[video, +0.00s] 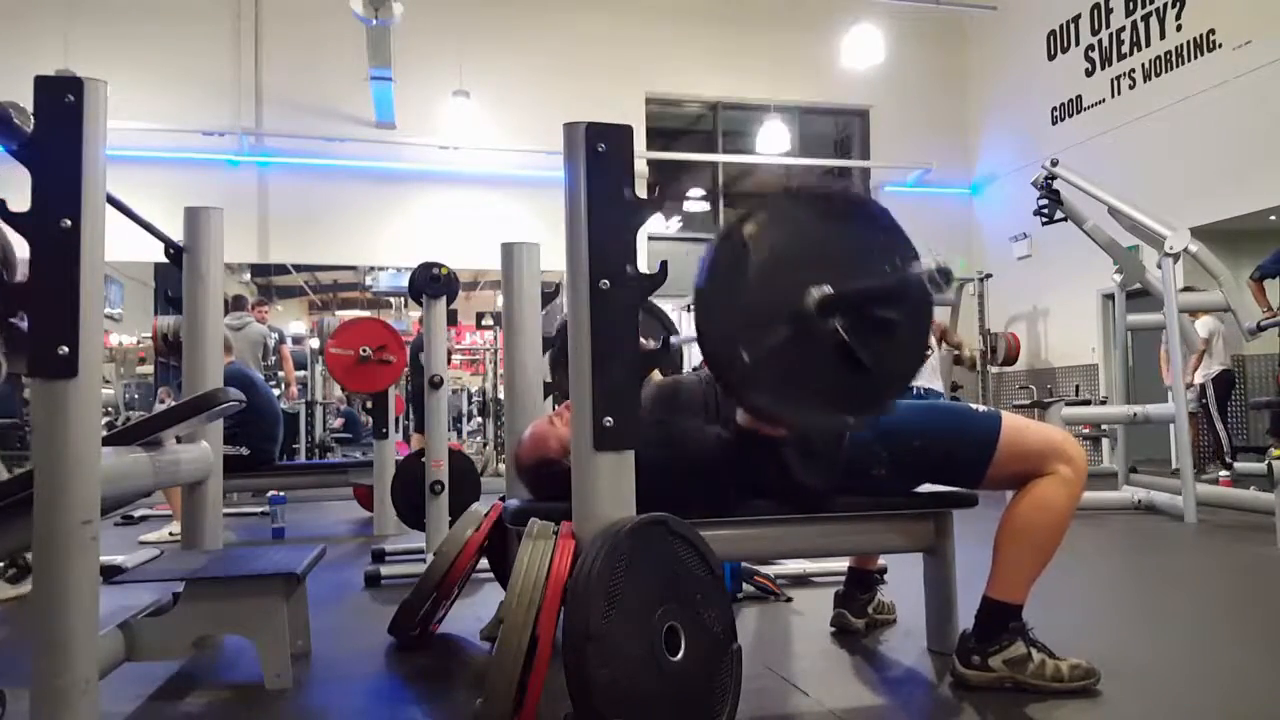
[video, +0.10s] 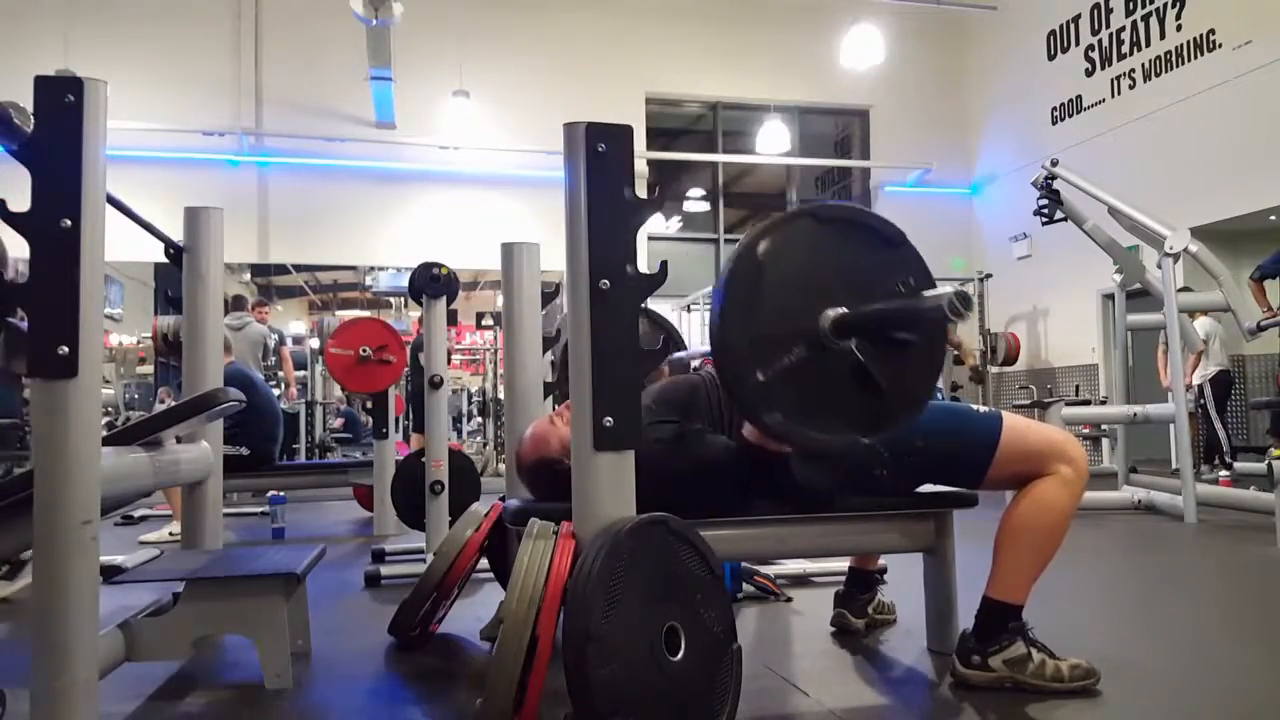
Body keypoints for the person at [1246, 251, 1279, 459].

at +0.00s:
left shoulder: (1277, 255)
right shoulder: (1278, 255)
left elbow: (1254, 279)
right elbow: (1255, 279)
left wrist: (1268, 309)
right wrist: (1267, 309)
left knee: (1277, 393)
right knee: (1278, 393)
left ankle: (1275, 442)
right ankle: (1275, 442)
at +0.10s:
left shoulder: (1277, 256)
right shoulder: (1278, 256)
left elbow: (1254, 279)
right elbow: (1255, 279)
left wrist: (1268, 309)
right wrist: (1267, 309)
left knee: (1278, 394)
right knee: (1278, 393)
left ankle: (1275, 442)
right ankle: (1275, 442)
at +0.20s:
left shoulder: (1277, 256)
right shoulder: (1278, 256)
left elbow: (1254, 279)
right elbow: (1255, 279)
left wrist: (1268, 309)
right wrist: (1268, 309)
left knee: (1278, 395)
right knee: (1278, 394)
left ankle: (1275, 442)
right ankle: (1275, 443)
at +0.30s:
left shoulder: (1277, 256)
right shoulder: (1278, 256)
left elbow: (1254, 279)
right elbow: (1254, 279)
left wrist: (1268, 309)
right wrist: (1267, 309)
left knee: (1277, 397)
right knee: (1278, 396)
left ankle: (1275, 442)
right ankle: (1275, 443)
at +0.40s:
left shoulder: (1277, 256)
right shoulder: (1278, 256)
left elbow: (1254, 279)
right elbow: (1255, 279)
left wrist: (1268, 309)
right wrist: (1268, 309)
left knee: (1278, 396)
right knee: (1278, 395)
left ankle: (1275, 442)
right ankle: (1275, 443)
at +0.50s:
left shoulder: (1277, 256)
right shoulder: (1278, 256)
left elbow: (1254, 279)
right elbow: (1255, 279)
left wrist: (1268, 309)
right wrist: (1268, 309)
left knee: (1277, 396)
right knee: (1278, 395)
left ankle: (1275, 442)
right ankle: (1275, 443)